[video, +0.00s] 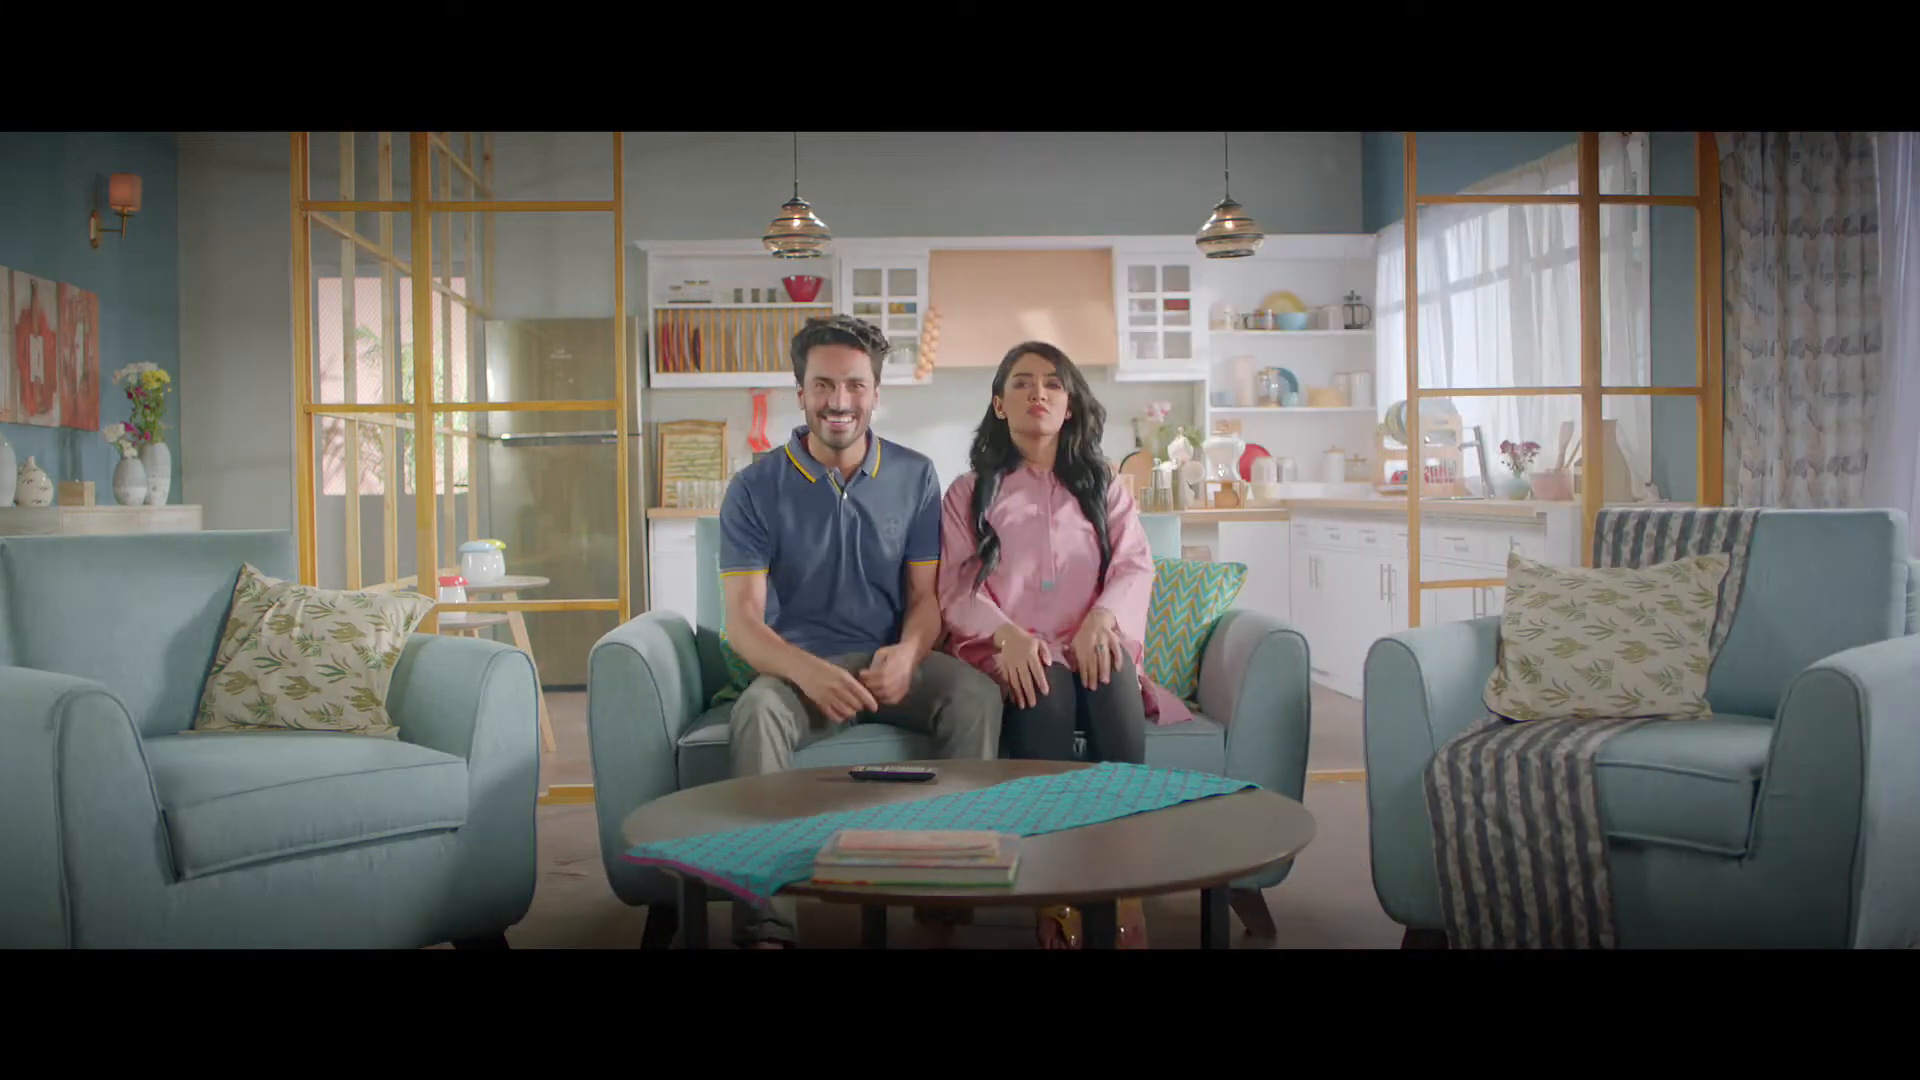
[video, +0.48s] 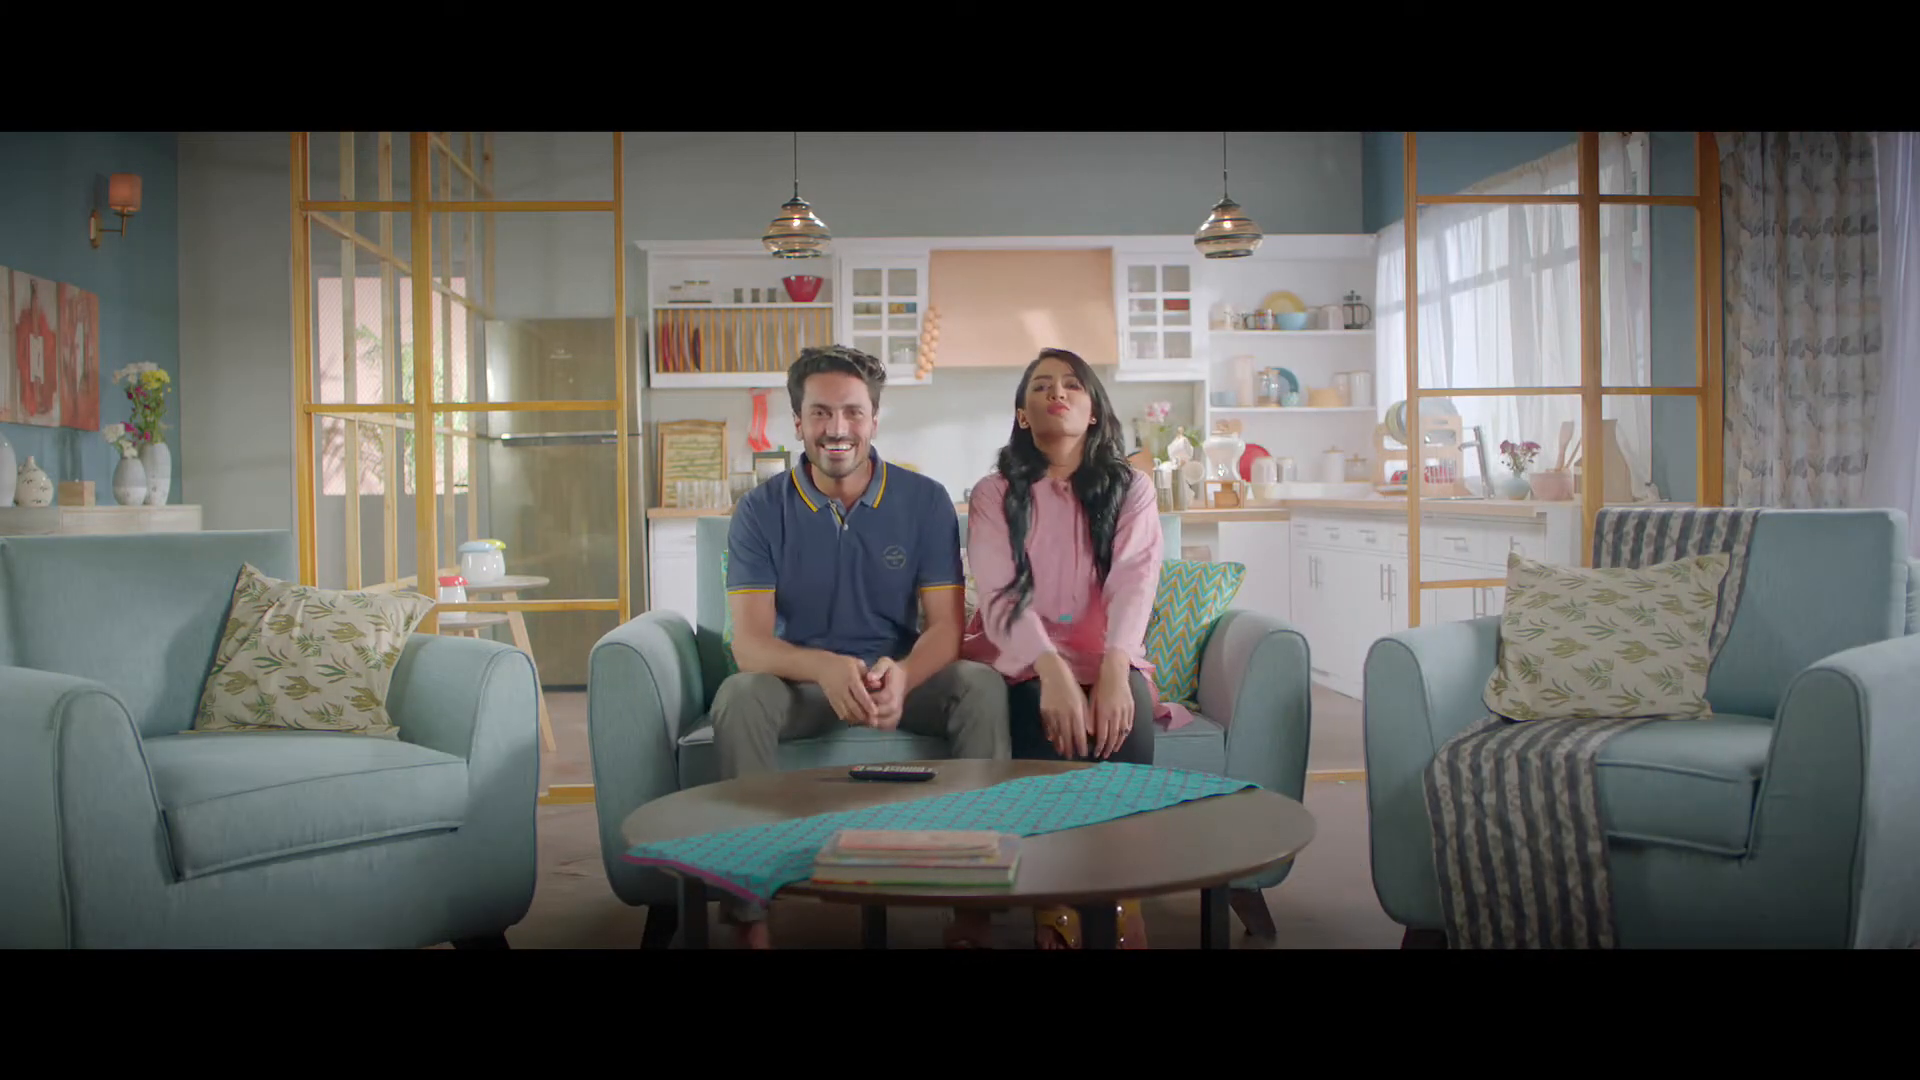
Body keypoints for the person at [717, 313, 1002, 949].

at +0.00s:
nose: (839, 401)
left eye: (855, 385)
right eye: (823, 384)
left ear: (876, 393)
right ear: (800, 392)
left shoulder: (913, 476)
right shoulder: (756, 488)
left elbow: (923, 599)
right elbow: (744, 623)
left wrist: (908, 653)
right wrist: (813, 675)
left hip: (891, 660)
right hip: (803, 668)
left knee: (976, 698)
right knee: (758, 711)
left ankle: (951, 891)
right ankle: (766, 915)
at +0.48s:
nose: (838, 429)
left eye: (853, 412)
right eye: (822, 412)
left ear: (875, 420)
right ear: (798, 422)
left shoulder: (924, 501)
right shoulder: (762, 510)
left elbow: (946, 627)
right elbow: (751, 647)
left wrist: (906, 674)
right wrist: (823, 667)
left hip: (902, 682)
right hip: (805, 686)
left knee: (982, 687)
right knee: (739, 699)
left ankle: (973, 891)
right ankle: (751, 910)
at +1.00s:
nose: (844, 441)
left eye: (860, 425)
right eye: (828, 425)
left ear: (885, 434)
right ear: (806, 434)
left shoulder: (930, 507)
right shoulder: (766, 514)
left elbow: (951, 635)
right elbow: (748, 653)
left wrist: (908, 676)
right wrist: (832, 672)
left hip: (904, 683)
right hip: (807, 687)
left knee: (983, 694)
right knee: (747, 703)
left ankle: (967, 897)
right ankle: (760, 914)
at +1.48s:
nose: (846, 439)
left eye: (861, 423)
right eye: (830, 423)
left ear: (885, 434)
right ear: (807, 435)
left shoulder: (931, 506)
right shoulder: (766, 513)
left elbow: (947, 636)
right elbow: (753, 650)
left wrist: (895, 687)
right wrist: (836, 680)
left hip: (904, 684)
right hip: (804, 687)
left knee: (981, 696)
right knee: (747, 704)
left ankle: (964, 898)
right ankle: (759, 912)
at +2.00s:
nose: (854, 442)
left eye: (871, 426)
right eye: (839, 426)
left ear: (893, 436)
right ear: (816, 436)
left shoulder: (935, 507)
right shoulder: (770, 514)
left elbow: (947, 635)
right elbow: (756, 653)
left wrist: (897, 690)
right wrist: (840, 682)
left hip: (904, 683)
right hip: (804, 687)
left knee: (981, 696)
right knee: (747, 704)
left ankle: (965, 870)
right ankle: (762, 881)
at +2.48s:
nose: (859, 440)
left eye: (876, 424)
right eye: (843, 424)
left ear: (896, 436)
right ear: (819, 433)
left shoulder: (935, 507)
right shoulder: (770, 513)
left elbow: (947, 636)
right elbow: (757, 652)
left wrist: (897, 687)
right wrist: (839, 681)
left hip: (904, 683)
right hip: (804, 687)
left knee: (981, 695)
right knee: (748, 703)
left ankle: (967, 874)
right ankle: (761, 889)